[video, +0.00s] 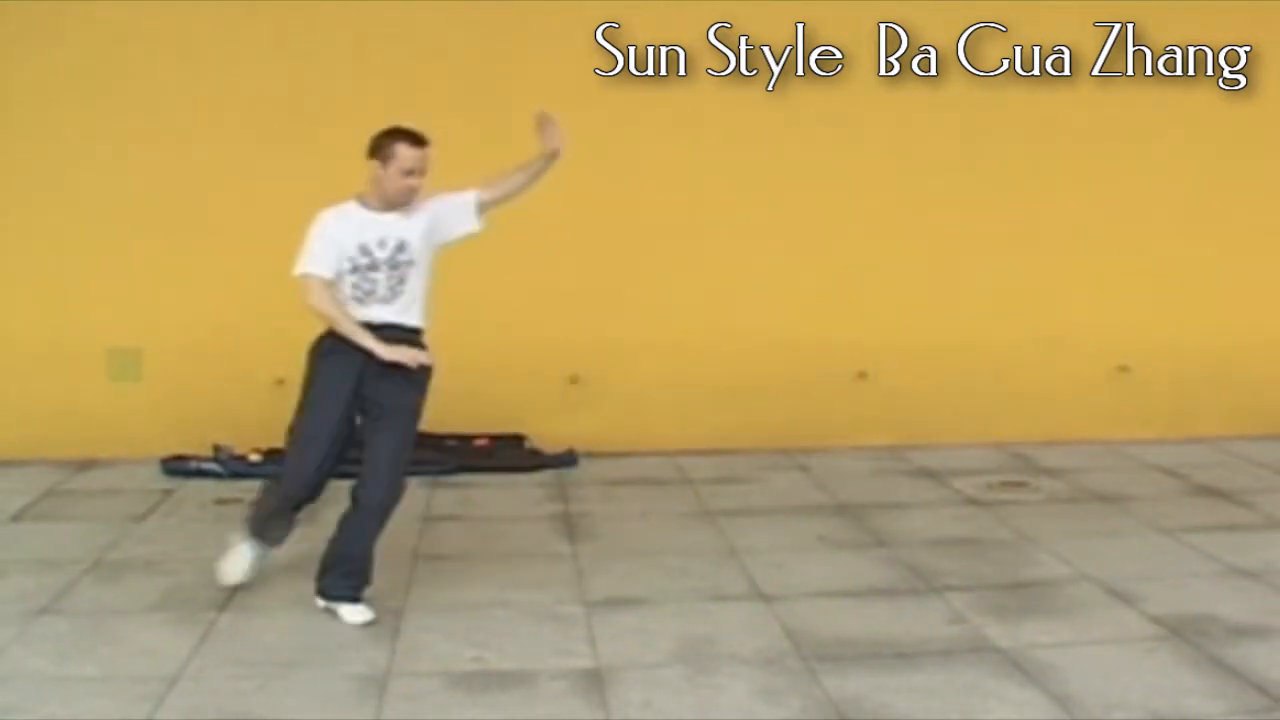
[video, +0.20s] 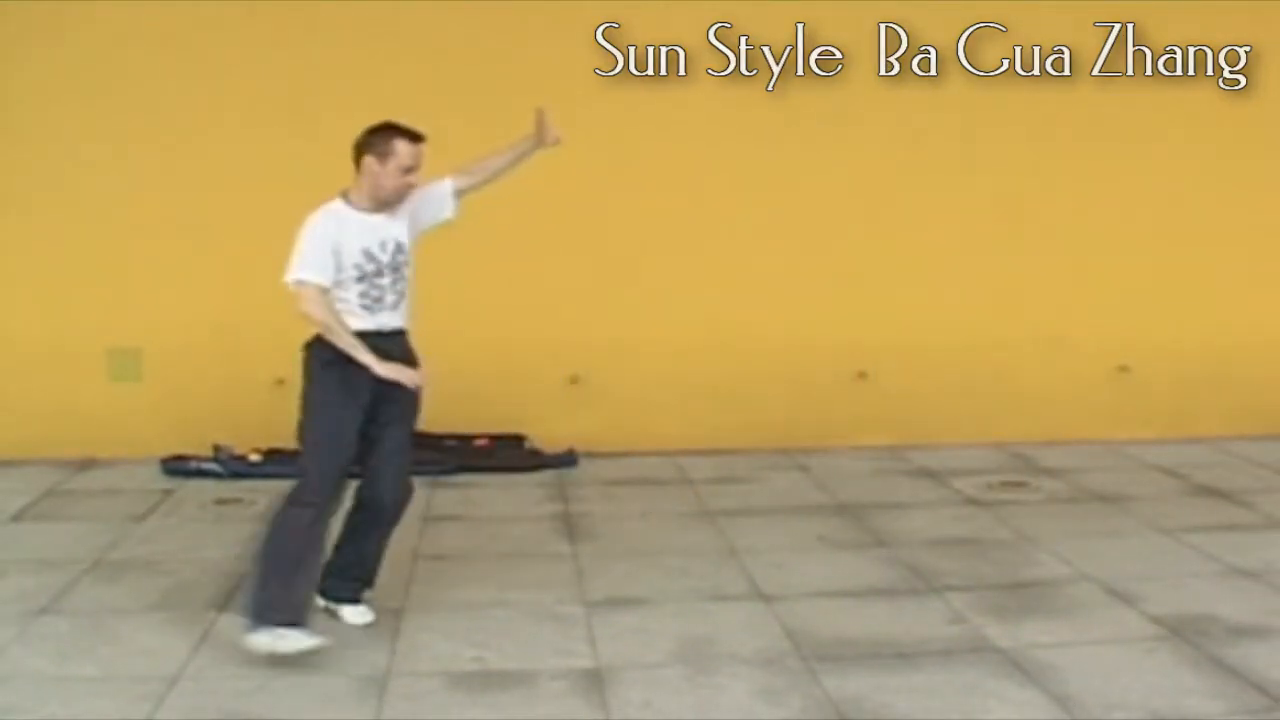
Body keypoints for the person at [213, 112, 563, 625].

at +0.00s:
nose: (418, 184)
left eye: (422, 174)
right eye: (408, 172)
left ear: (423, 174)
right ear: (376, 169)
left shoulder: (427, 217)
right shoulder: (335, 222)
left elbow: (492, 194)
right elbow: (317, 295)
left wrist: (545, 158)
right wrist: (380, 347)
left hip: (403, 356)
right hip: (343, 349)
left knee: (382, 485)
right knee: (306, 467)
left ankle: (340, 588)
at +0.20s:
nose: (413, 182)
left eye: (415, 171)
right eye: (404, 170)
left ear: (405, 172)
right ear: (369, 165)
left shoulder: (407, 210)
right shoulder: (327, 224)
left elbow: (468, 180)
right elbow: (312, 303)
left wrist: (532, 144)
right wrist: (374, 363)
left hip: (394, 355)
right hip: (339, 357)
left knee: (388, 488)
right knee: (321, 482)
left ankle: (343, 589)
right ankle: (273, 618)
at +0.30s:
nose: (417, 179)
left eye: (419, 167)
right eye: (409, 167)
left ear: (385, 165)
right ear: (372, 161)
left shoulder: (399, 206)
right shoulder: (331, 219)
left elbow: (458, 170)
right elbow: (319, 303)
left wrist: (525, 135)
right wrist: (381, 369)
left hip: (385, 355)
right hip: (333, 360)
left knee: (391, 492)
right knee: (344, 491)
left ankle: (343, 593)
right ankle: (347, 633)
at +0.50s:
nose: (423, 172)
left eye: (426, 161)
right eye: (419, 159)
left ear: (385, 155)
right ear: (392, 154)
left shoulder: (359, 195)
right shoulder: (356, 208)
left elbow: (423, 159)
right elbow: (358, 301)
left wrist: (475, 130)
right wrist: (403, 366)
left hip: (339, 355)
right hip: (341, 361)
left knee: (370, 489)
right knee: (389, 507)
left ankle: (326, 591)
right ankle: (382, 646)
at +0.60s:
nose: (420, 166)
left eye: (423, 155)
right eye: (420, 154)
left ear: (370, 142)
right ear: (402, 147)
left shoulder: (330, 187)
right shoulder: (383, 202)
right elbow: (402, 283)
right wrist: (446, 356)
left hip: (312, 350)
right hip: (355, 357)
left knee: (355, 489)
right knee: (395, 504)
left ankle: (327, 602)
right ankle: (384, 646)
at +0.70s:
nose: (407, 159)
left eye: (407, 151)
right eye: (407, 150)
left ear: (355, 146)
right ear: (398, 148)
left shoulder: (314, 191)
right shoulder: (400, 200)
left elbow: (294, 177)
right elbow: (452, 273)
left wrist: (345, 162)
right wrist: (493, 336)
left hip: (309, 352)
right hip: (364, 356)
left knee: (340, 486)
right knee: (399, 500)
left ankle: (343, 607)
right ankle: (384, 646)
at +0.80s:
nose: (380, 157)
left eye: (369, 149)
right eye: (381, 148)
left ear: (331, 148)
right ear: (378, 148)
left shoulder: (301, 194)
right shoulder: (400, 198)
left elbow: (243, 201)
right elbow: (471, 236)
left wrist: (307, 193)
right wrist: (532, 299)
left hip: (314, 354)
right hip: (381, 353)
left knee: (321, 487)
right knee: (400, 497)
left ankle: (342, 607)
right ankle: (386, 645)